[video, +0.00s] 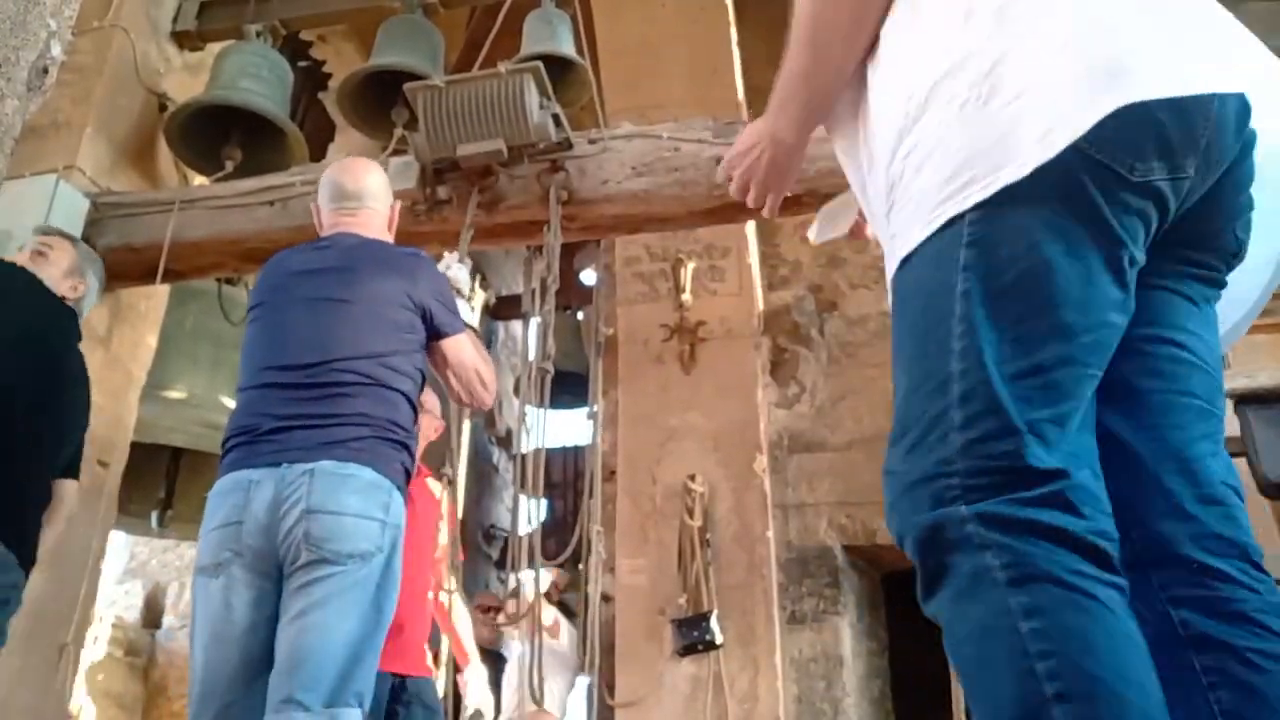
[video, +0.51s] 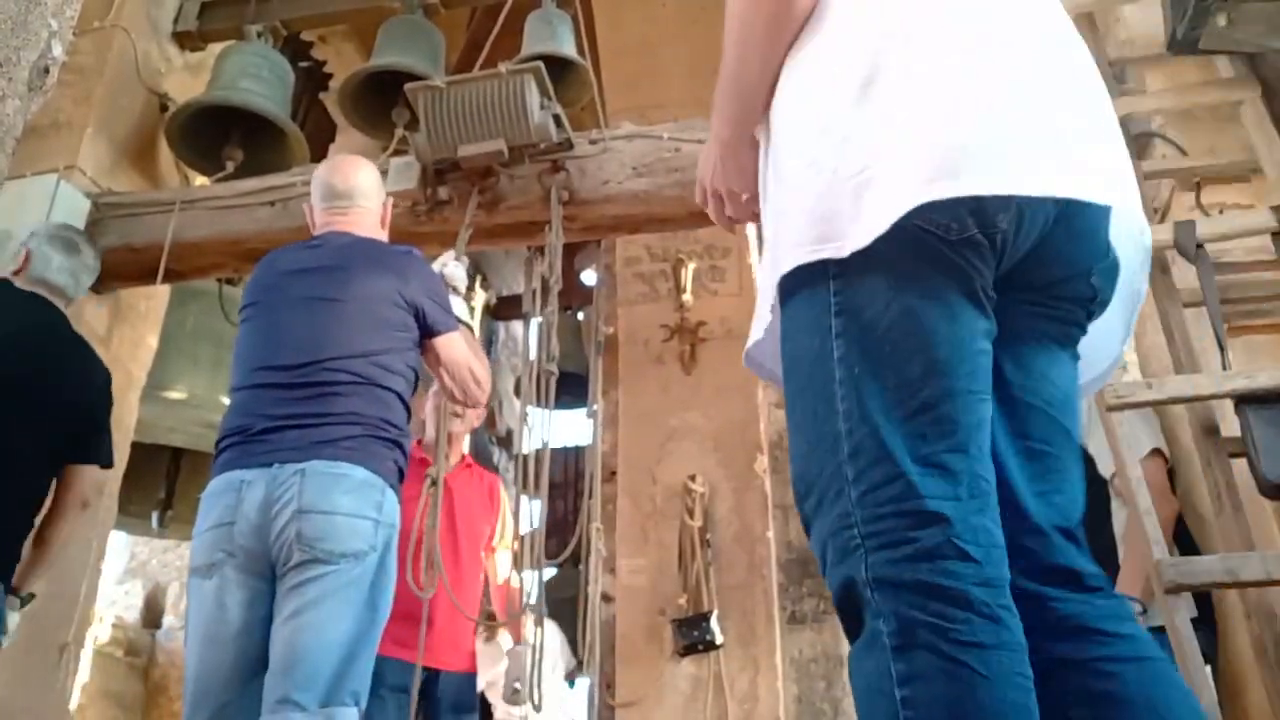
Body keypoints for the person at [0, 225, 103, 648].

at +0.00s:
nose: (18, 258)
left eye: (41, 254)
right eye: (24, 250)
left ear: (74, 289)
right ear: (73, 294)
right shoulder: (71, 367)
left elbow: (62, 496)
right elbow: (62, 497)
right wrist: (20, 572)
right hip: (6, 555)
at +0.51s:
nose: (8, 263)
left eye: (13, 256)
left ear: (22, 260)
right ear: (81, 294)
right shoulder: (87, 371)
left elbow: (78, 495)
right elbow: (77, 497)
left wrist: (19, 590)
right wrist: (19, 590)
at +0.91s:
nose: (70, 307)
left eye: (74, 296)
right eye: (73, 294)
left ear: (4, 266)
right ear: (53, 281)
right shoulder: (60, 343)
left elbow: (69, 462)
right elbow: (69, 461)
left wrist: (48, 579)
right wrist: (50, 580)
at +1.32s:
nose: (115, 294)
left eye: (119, 283)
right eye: (107, 274)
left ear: (55, 268)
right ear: (59, 264)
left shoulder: (12, 311)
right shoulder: (50, 320)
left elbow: (27, 425)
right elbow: (30, 422)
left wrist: (67, 548)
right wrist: (69, 549)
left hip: (9, 567)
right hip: (8, 569)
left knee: (11, 701)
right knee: (7, 703)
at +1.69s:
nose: (161, 298)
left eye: (165, 290)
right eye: (152, 280)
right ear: (103, 272)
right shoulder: (69, 314)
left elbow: (35, 470)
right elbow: (36, 399)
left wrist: (100, 546)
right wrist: (119, 504)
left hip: (28, 564)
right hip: (17, 562)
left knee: (7, 702)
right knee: (3, 702)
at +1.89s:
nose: (175, 299)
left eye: (179, 292)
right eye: (164, 280)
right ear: (115, 274)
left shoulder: (100, 360)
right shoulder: (67, 314)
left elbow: (67, 487)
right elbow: (10, 392)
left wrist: (92, 577)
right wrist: (60, 508)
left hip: (24, 573)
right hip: (8, 567)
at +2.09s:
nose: (148, 286)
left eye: (153, 279)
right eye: (137, 267)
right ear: (86, 267)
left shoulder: (85, 367)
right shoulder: (30, 315)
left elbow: (56, 491)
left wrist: (96, 578)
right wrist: (9, 461)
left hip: (22, 577)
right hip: (6, 569)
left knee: (2, 701)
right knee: (1, 700)